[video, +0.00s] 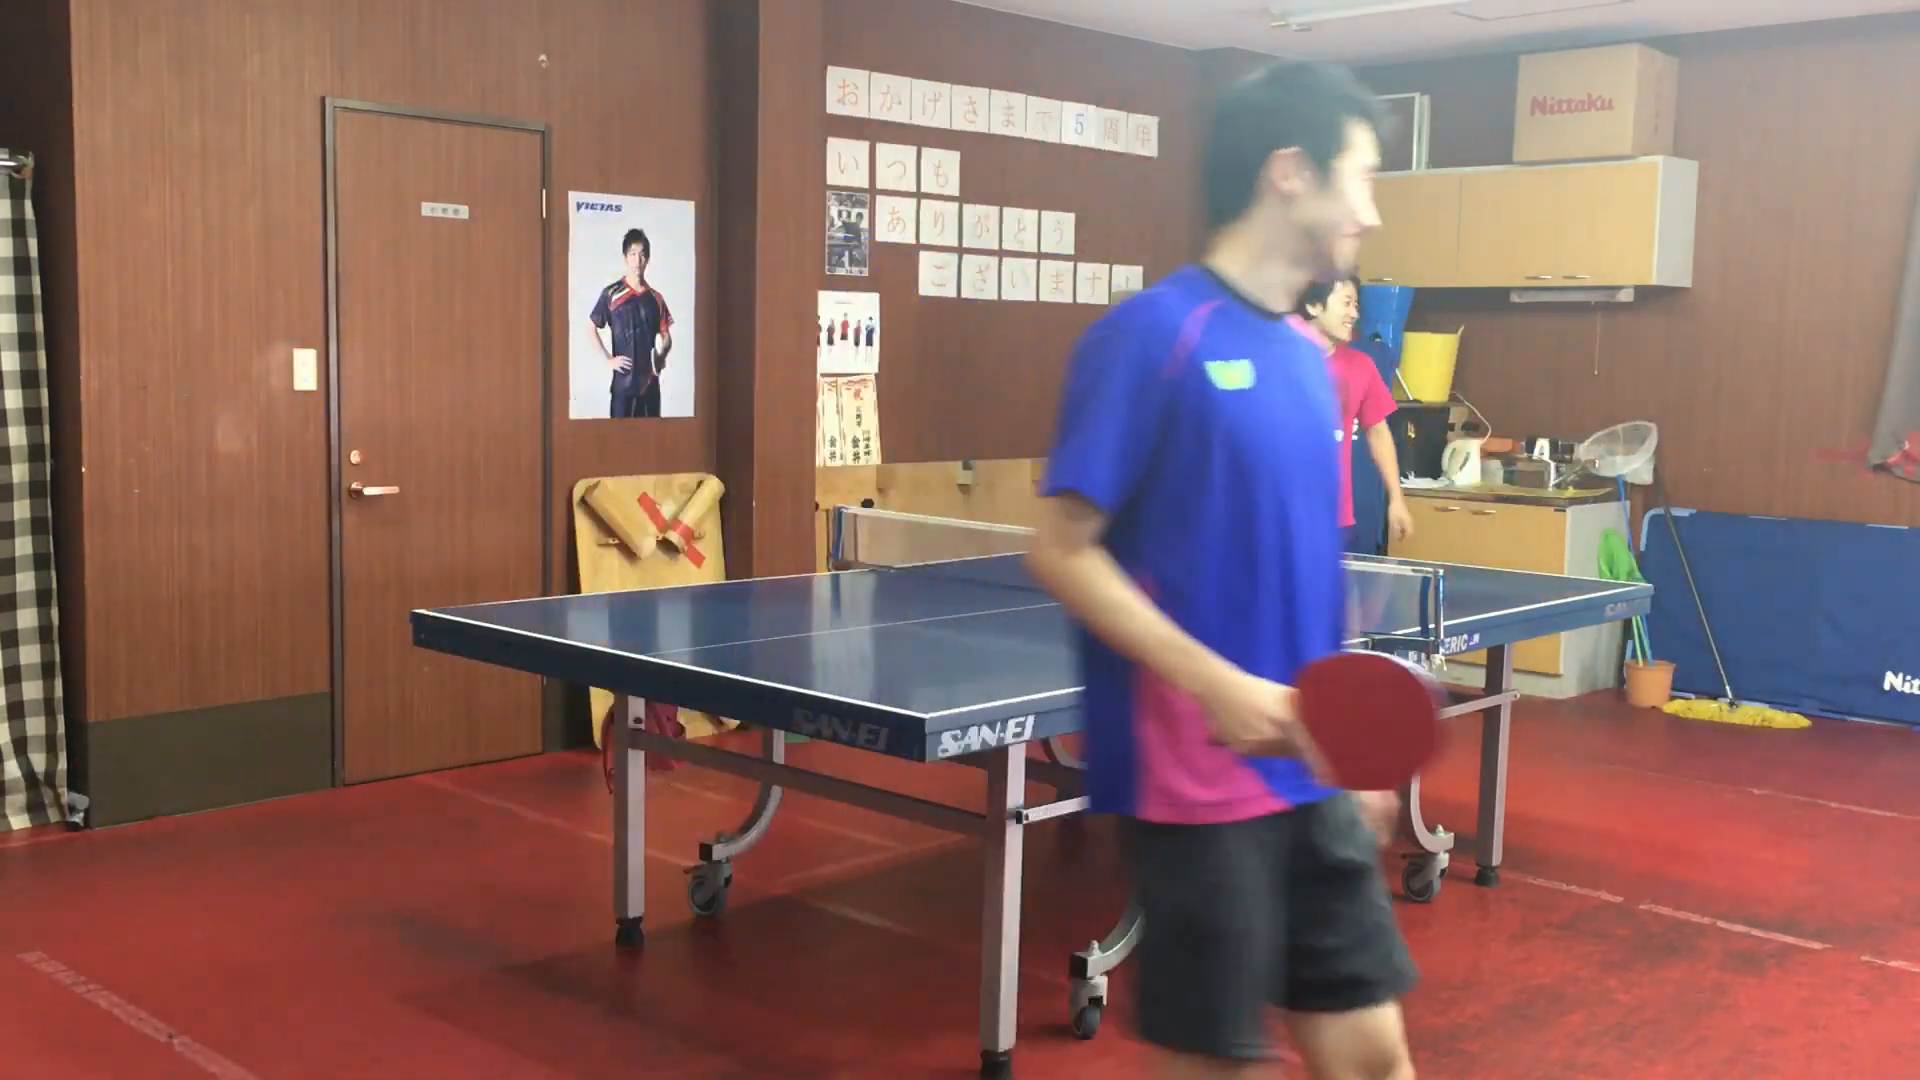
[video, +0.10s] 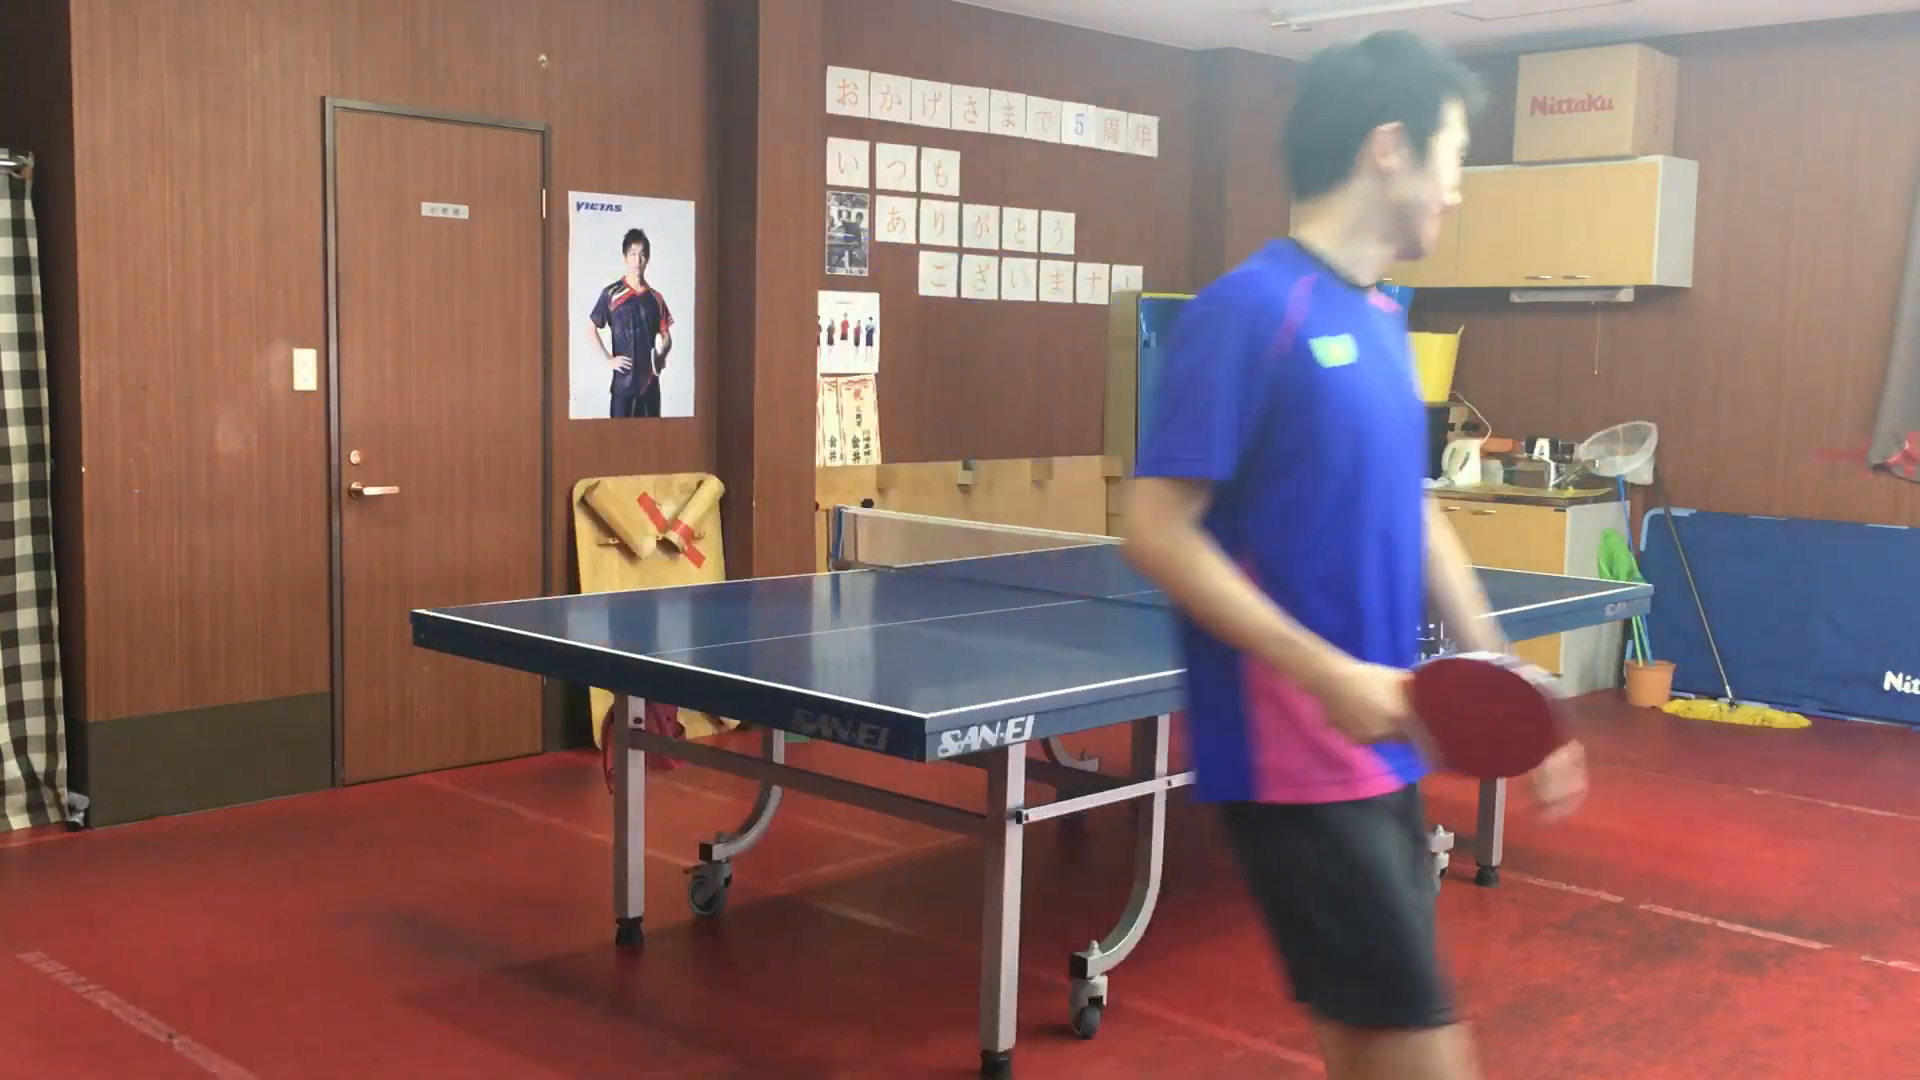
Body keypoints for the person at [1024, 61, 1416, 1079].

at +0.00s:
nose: (1373, 216)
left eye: (1374, 185)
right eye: (1362, 180)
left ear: (1292, 181)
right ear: (1286, 178)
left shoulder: (1312, 357)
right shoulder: (1149, 334)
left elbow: (1297, 573)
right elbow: (1057, 545)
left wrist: (1350, 741)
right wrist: (1219, 685)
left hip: (1306, 772)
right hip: (1193, 785)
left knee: (1369, 1055)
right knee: (1203, 1058)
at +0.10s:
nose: (1458, 193)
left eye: (1461, 167)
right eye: (1452, 162)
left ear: (1389, 160)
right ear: (1383, 153)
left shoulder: (1381, 319)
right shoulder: (1246, 309)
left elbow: (1413, 516)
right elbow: (1152, 527)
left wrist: (1512, 698)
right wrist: (1335, 675)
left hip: (1381, 753)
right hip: (1292, 765)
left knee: (1364, 1053)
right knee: (1426, 1057)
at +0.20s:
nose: (1543, 172)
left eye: (1544, 142)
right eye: (1539, 138)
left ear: (1466, 140)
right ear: (1480, 137)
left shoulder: (1441, 306)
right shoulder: (1364, 298)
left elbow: (1498, 508)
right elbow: (1259, 517)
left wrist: (1656, 637)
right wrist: (1452, 657)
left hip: (1421, 750)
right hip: (1402, 762)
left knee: (1387, 1058)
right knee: (1557, 1060)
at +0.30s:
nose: (1631, 170)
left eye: (1630, 143)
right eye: (1627, 140)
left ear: (1486, 147)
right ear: (1577, 144)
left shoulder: (1503, 291)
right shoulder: (1490, 297)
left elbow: (1553, 514)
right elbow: (1401, 529)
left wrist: (1737, 575)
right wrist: (1608, 643)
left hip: (1455, 759)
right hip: (1503, 769)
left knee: (1428, 1050)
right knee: (1607, 1059)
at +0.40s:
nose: (1714, 186)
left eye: (1713, 158)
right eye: (1711, 155)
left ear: (1557, 158)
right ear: (1669, 155)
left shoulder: (1542, 300)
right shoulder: (1604, 311)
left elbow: (1589, 516)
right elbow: (1575, 554)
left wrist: (1751, 567)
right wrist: (1788, 646)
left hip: (1521, 762)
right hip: (1613, 779)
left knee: (1514, 1038)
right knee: (1702, 1056)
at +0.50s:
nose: (1801, 175)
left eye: (1802, 147)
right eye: (1798, 144)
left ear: (1644, 154)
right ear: (1762, 148)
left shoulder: (1602, 307)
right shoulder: (1736, 316)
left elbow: (1644, 544)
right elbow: (1760, 568)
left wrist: (1854, 605)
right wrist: (1894, 617)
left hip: (1614, 776)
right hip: (1729, 798)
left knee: (1649, 1049)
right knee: (1794, 1058)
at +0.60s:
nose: (1886, 170)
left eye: (1886, 143)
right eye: (1885, 142)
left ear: (1714, 150)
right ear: (1855, 146)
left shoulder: (1650, 317)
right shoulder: (1861, 314)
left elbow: (1643, 537)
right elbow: (1911, 564)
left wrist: (1843, 587)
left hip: (1676, 770)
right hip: (1812, 786)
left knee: (1765, 1034)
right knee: (1850, 1053)